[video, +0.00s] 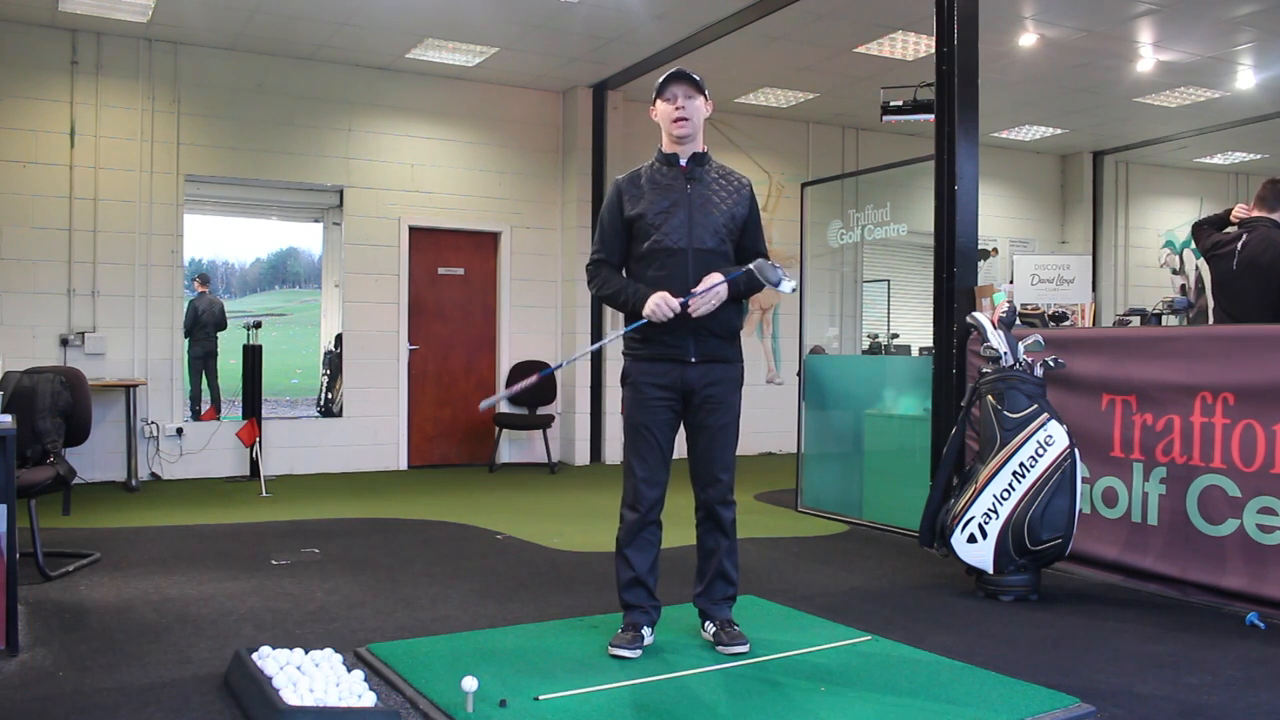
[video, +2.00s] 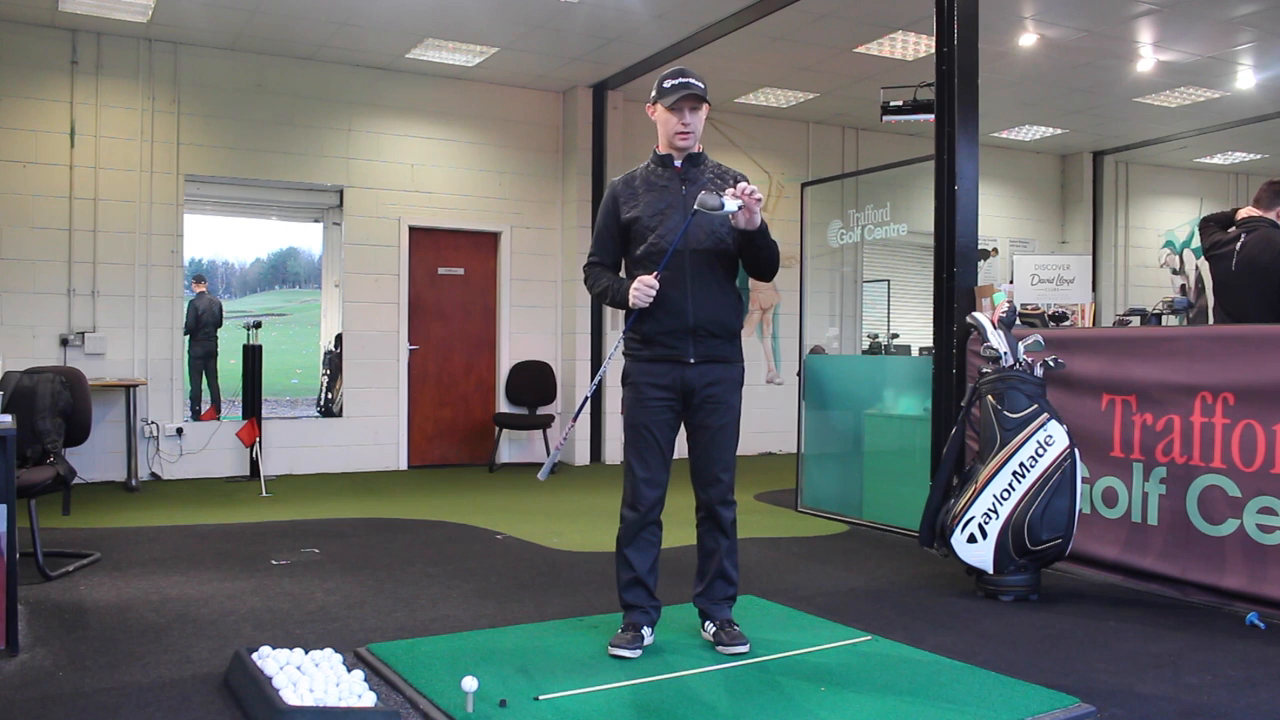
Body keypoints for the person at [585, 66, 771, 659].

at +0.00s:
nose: (679, 106)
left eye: (689, 96)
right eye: (669, 97)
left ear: (707, 110)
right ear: (654, 112)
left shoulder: (736, 188)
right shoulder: (628, 188)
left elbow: (761, 268)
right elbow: (600, 272)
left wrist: (729, 284)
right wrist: (643, 297)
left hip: (718, 364)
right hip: (650, 363)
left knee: (717, 494)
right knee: (642, 495)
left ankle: (718, 612)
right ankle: (637, 616)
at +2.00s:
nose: (687, 119)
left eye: (696, 108)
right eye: (676, 108)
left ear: (707, 115)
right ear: (654, 114)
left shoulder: (731, 185)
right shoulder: (625, 190)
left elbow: (766, 269)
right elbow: (596, 271)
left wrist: (752, 227)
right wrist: (625, 290)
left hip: (719, 364)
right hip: (650, 364)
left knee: (717, 494)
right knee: (643, 495)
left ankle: (718, 613)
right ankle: (638, 616)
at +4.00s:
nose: (673, 117)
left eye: (683, 106)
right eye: (664, 109)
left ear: (705, 109)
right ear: (654, 119)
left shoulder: (738, 187)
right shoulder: (631, 186)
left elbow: (760, 265)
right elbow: (599, 268)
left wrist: (739, 278)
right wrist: (632, 218)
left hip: (716, 361)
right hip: (649, 359)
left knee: (716, 494)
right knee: (641, 495)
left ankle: (718, 612)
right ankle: (638, 616)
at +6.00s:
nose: (680, 127)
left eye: (690, 116)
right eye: (670, 118)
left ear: (708, 116)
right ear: (655, 121)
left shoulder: (737, 189)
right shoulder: (630, 187)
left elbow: (758, 278)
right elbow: (596, 264)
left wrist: (751, 234)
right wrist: (602, 273)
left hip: (716, 363)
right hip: (647, 362)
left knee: (716, 495)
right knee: (641, 495)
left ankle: (718, 612)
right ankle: (637, 616)